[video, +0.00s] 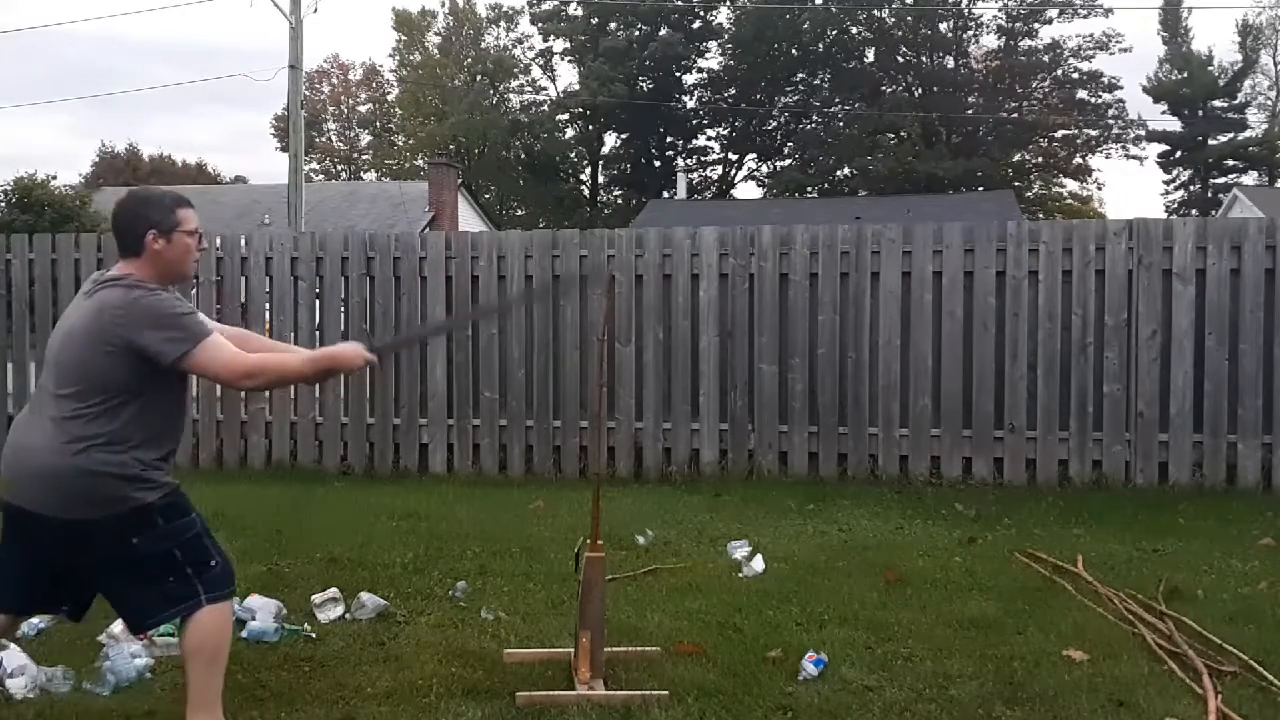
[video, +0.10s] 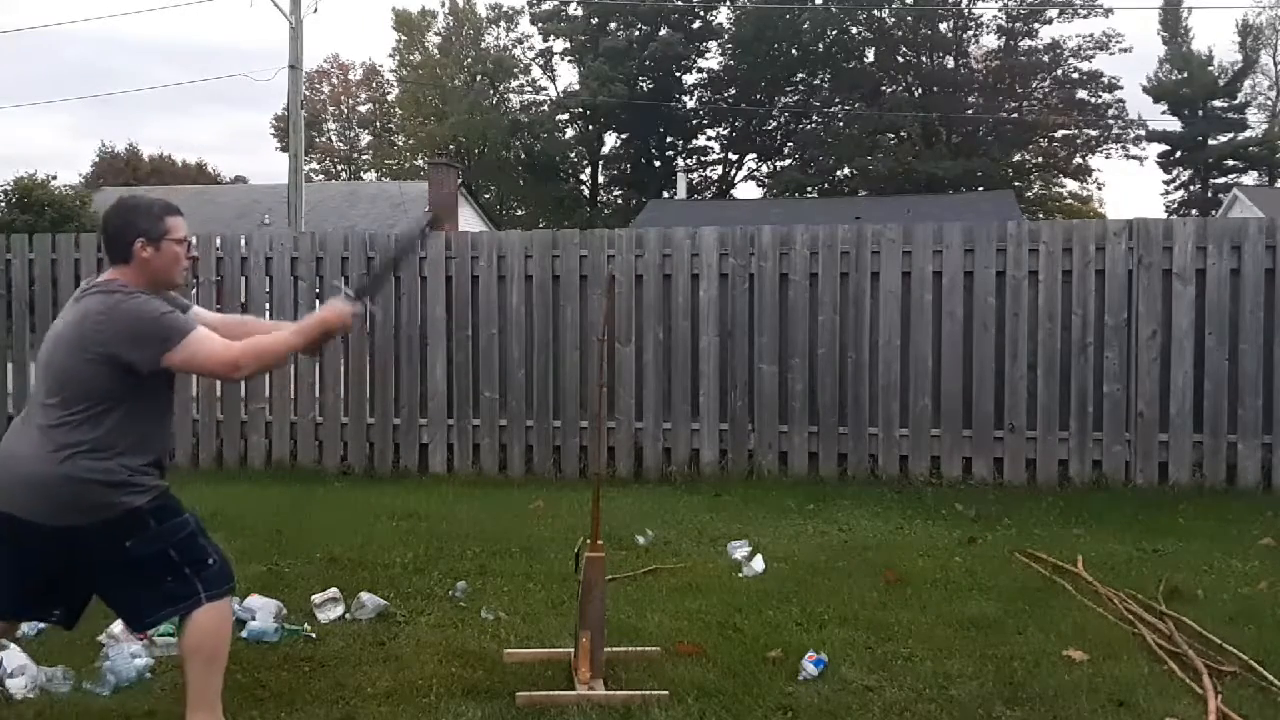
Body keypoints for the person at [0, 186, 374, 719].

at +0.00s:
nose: (201, 245)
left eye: (199, 234)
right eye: (191, 235)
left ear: (146, 243)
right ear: (153, 241)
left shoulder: (103, 290)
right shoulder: (149, 306)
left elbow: (227, 337)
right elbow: (239, 372)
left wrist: (313, 359)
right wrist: (326, 361)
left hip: (29, 481)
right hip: (112, 487)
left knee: (10, 602)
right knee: (209, 589)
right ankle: (204, 713)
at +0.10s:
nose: (191, 253)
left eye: (189, 242)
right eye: (181, 243)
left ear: (138, 251)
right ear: (142, 250)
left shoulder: (101, 295)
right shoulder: (136, 312)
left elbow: (224, 327)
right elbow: (233, 362)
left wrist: (308, 331)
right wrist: (314, 328)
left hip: (22, 487)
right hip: (101, 492)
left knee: (5, 609)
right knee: (208, 586)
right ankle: (205, 713)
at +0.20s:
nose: (182, 254)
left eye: (181, 243)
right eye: (172, 244)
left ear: (132, 251)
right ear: (134, 250)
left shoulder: (104, 294)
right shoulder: (120, 309)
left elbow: (218, 303)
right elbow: (218, 337)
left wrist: (290, 287)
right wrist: (288, 283)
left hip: (22, 488)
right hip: (95, 491)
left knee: (11, 605)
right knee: (205, 584)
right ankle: (205, 713)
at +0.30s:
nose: (176, 254)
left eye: (174, 243)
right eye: (166, 243)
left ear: (126, 250)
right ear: (128, 249)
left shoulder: (86, 294)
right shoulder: (110, 301)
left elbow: (201, 281)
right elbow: (213, 302)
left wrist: (267, 242)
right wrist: (258, 226)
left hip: (23, 485)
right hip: (96, 488)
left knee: (8, 609)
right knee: (204, 585)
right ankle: (205, 712)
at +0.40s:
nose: (171, 252)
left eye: (170, 240)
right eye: (160, 242)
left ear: (119, 247)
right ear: (121, 245)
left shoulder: (90, 295)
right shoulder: (94, 297)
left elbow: (198, 273)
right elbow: (188, 271)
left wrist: (235, 208)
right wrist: (210, 186)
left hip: (34, 487)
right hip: (99, 487)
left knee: (11, 611)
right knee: (204, 583)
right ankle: (205, 713)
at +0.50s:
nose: (160, 251)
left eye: (158, 238)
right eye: (151, 240)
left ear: (116, 245)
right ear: (117, 245)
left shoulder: (119, 298)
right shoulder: (80, 296)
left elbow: (194, 245)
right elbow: (158, 252)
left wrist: (205, 182)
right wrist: (164, 161)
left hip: (44, 485)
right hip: (96, 484)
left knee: (17, 607)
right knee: (203, 582)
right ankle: (205, 712)